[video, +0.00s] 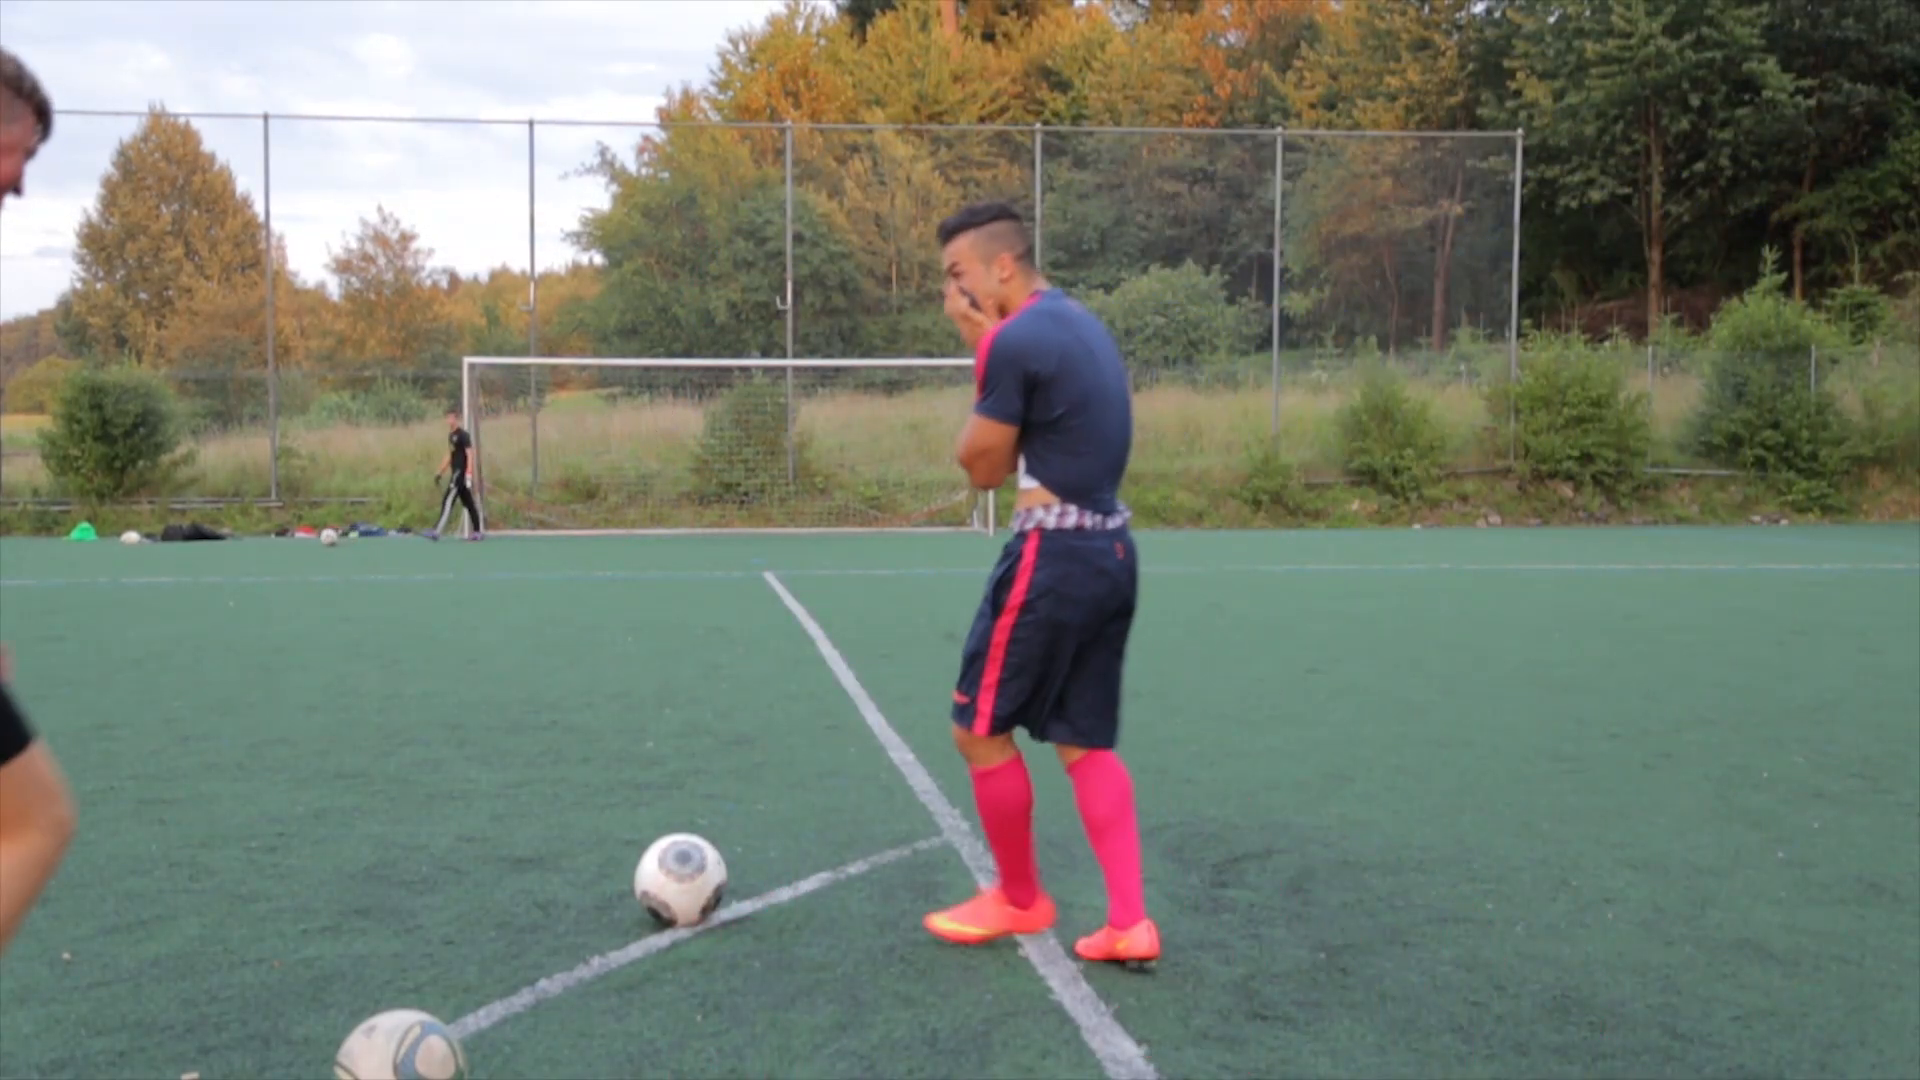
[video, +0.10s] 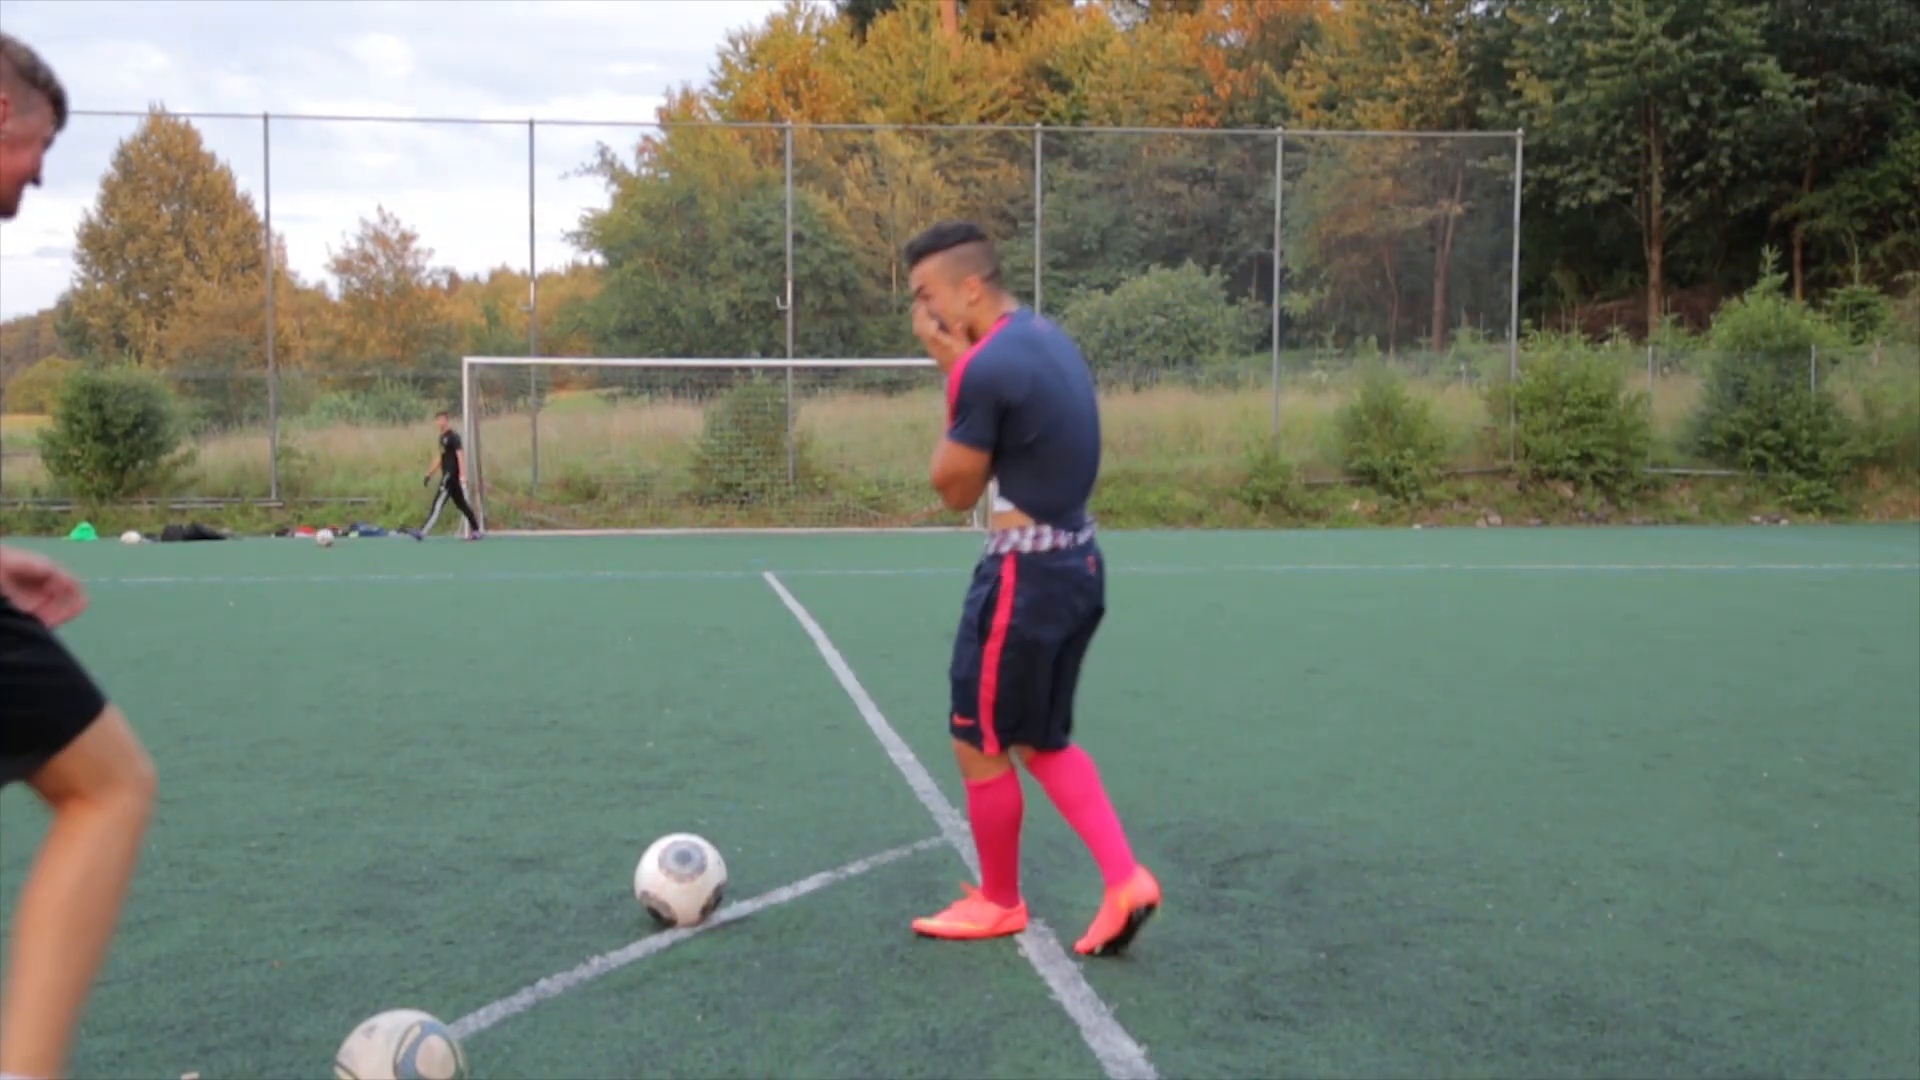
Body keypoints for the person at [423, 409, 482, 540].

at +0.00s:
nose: (449, 421)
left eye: (451, 418)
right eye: (448, 418)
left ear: (456, 419)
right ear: (448, 420)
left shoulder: (463, 435)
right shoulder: (452, 435)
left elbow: (470, 455)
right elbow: (450, 455)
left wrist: (469, 474)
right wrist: (440, 472)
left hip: (461, 470)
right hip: (456, 469)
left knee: (448, 499)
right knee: (468, 502)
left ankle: (437, 531)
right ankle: (477, 530)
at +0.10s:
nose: (440, 423)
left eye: (442, 420)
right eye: (438, 420)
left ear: (447, 421)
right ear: (438, 422)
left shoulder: (453, 437)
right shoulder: (443, 437)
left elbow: (460, 457)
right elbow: (440, 458)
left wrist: (463, 475)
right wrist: (429, 473)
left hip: (452, 472)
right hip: (447, 472)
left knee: (439, 502)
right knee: (461, 503)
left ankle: (423, 532)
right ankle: (476, 529)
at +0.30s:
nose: (421, 421)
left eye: (423, 418)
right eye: (420, 418)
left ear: (428, 419)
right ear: (419, 420)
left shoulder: (434, 435)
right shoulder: (423, 435)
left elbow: (438, 456)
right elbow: (423, 457)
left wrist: (440, 475)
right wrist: (417, 473)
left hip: (430, 471)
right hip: (424, 471)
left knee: (421, 502)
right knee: (429, 504)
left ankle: (416, 533)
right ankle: (455, 520)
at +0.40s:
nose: (412, 420)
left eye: (415, 417)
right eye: (411, 417)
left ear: (421, 419)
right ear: (410, 419)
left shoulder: (425, 434)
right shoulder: (415, 433)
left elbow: (428, 456)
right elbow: (417, 455)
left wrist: (425, 473)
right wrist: (413, 471)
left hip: (422, 472)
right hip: (414, 471)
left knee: (419, 502)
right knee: (411, 500)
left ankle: (416, 532)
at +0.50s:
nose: (405, 419)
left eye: (407, 416)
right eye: (403, 416)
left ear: (413, 417)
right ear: (403, 418)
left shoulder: (418, 432)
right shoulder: (407, 433)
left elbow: (418, 454)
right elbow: (408, 454)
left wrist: (410, 473)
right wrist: (405, 470)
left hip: (416, 471)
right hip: (406, 470)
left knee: (416, 502)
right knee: (396, 499)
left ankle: (416, 531)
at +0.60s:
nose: (396, 421)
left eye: (399, 418)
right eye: (395, 418)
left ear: (405, 419)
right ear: (394, 420)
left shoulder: (411, 434)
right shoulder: (398, 434)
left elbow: (408, 454)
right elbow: (399, 454)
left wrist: (396, 472)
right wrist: (395, 470)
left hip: (410, 471)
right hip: (399, 471)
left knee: (414, 503)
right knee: (387, 501)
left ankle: (416, 532)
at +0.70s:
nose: (389, 421)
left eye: (392, 418)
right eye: (387, 418)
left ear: (397, 419)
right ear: (385, 420)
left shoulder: (403, 436)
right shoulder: (389, 436)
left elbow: (400, 456)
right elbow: (391, 456)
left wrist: (384, 472)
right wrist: (386, 471)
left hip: (401, 473)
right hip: (390, 473)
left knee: (410, 504)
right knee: (381, 503)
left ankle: (416, 532)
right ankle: (369, 530)